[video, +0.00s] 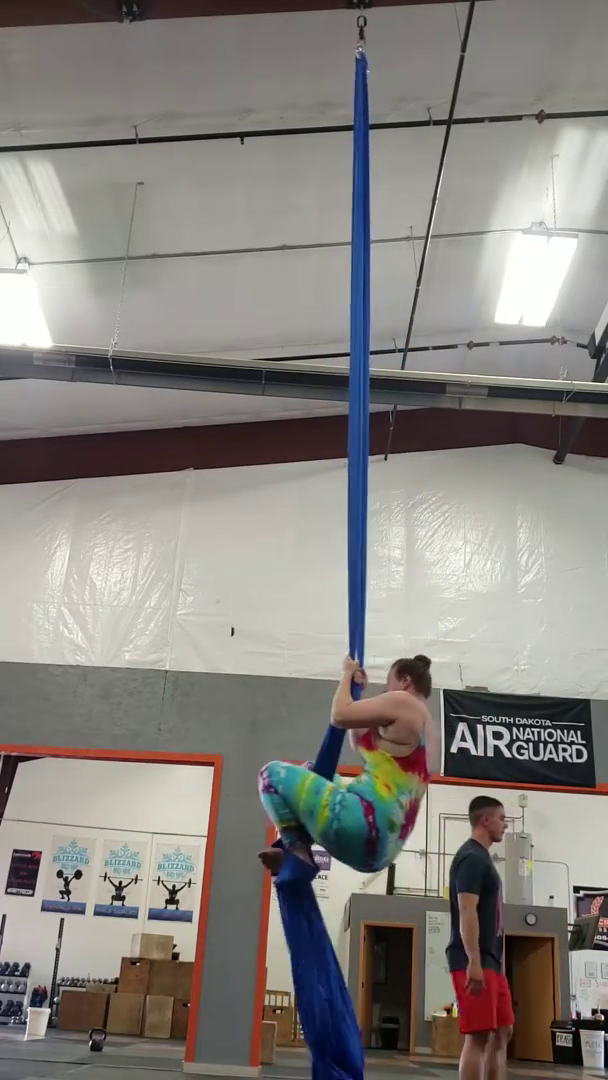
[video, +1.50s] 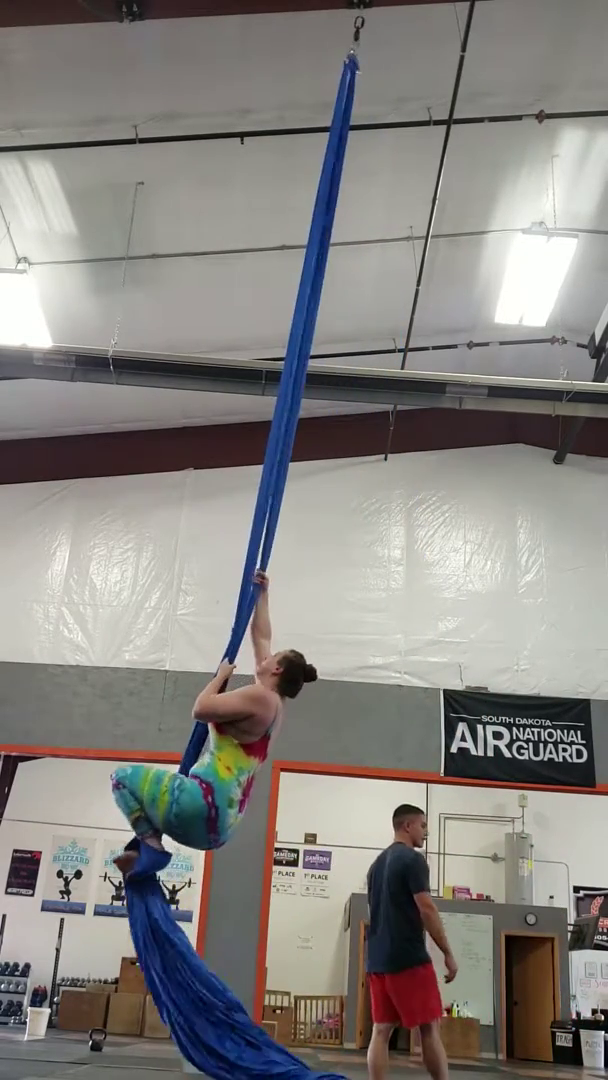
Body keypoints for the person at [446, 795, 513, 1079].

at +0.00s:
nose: (505, 825)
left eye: (505, 819)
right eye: (502, 819)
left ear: (484, 821)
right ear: (484, 820)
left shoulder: (482, 857)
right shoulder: (471, 857)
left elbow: (487, 914)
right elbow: (467, 911)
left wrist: (496, 962)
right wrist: (473, 961)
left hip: (491, 963)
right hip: (474, 963)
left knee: (503, 1032)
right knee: (478, 1037)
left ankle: (493, 1075)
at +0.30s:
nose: (478, 824)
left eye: (477, 819)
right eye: (474, 818)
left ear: (454, 821)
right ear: (458, 820)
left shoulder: (445, 855)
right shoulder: (452, 857)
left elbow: (452, 911)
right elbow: (462, 908)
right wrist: (494, 955)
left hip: (449, 957)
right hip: (459, 957)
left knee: (454, 1030)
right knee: (470, 1034)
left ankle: (415, 1076)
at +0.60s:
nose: (447, 830)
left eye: (447, 824)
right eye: (443, 824)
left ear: (422, 826)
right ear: (426, 825)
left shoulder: (406, 860)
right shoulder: (428, 862)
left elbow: (409, 916)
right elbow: (439, 916)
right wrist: (463, 962)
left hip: (403, 960)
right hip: (426, 963)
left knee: (400, 1034)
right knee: (449, 1034)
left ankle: (387, 1077)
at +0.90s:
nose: (425, 828)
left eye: (425, 823)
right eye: (421, 822)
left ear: (401, 824)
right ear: (406, 823)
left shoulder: (385, 859)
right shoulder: (407, 858)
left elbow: (383, 913)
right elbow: (413, 910)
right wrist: (429, 956)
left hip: (382, 959)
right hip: (407, 959)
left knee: (386, 1032)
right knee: (430, 1030)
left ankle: (380, 1078)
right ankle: (441, 1076)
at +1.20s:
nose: (420, 829)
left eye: (419, 824)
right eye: (416, 823)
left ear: (395, 825)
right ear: (400, 824)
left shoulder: (374, 862)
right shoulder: (404, 858)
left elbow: (372, 915)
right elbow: (415, 908)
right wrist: (431, 956)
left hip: (375, 960)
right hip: (404, 959)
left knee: (381, 1031)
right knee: (422, 1030)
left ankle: (377, 1077)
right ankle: (428, 1076)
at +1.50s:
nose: (425, 831)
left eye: (425, 826)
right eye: (422, 825)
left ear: (401, 827)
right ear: (406, 826)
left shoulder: (377, 863)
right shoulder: (412, 859)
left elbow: (377, 914)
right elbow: (427, 909)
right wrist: (447, 952)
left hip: (378, 960)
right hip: (408, 959)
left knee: (380, 1032)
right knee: (429, 1029)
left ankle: (377, 1077)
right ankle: (442, 1076)